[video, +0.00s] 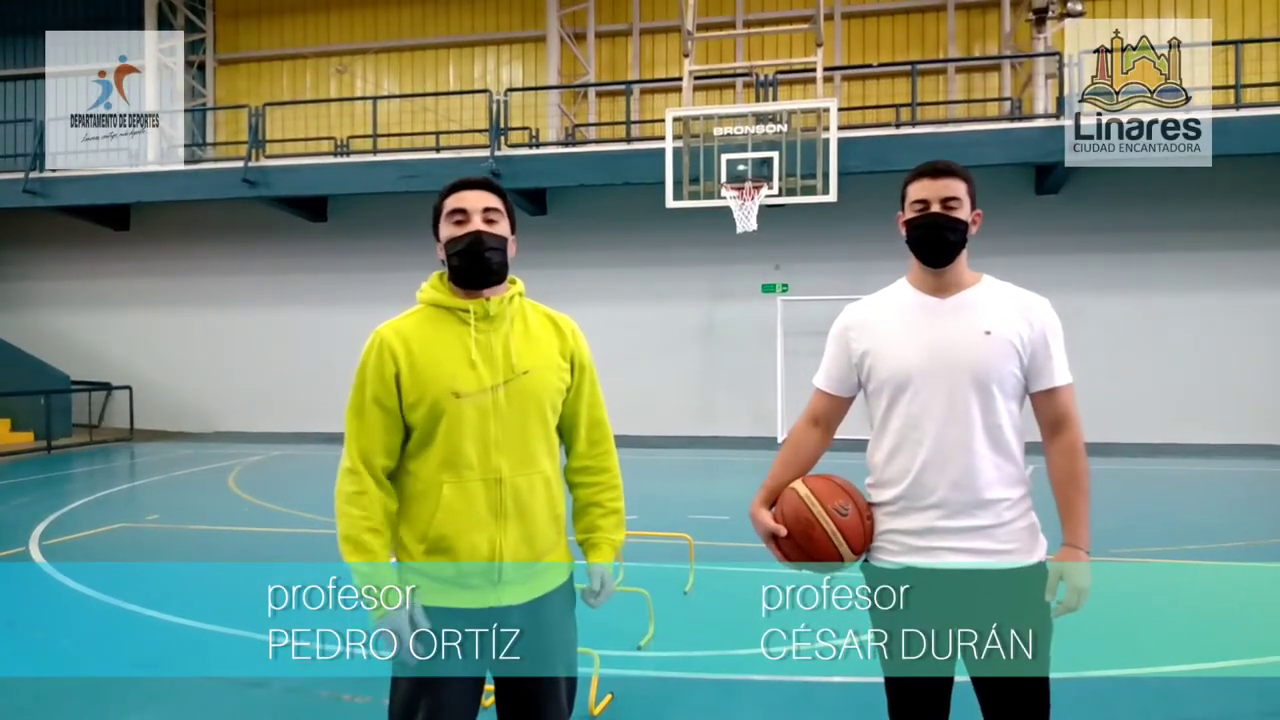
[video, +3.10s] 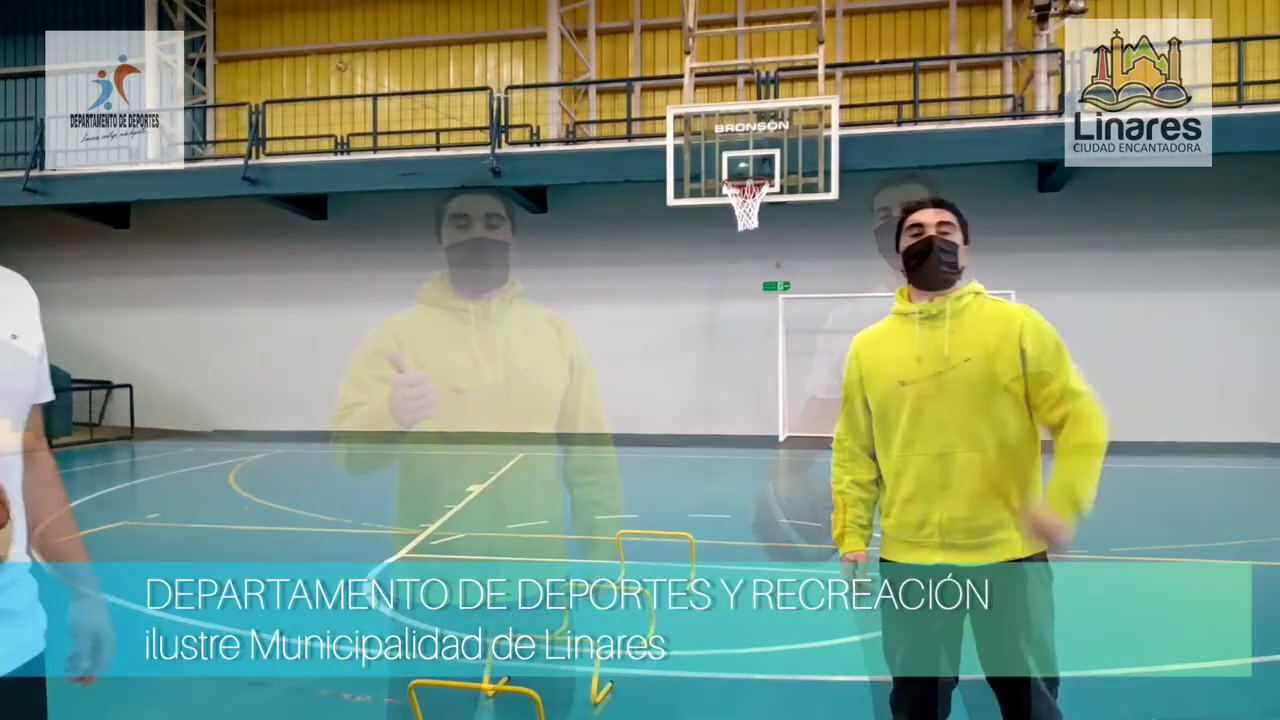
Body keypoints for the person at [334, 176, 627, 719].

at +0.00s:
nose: (477, 227)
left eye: (492, 217)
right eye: (459, 218)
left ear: (513, 241)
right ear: (440, 244)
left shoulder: (558, 336)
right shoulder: (396, 344)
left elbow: (593, 454)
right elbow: (363, 474)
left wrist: (601, 550)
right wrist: (380, 589)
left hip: (541, 592)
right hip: (436, 596)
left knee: (548, 712)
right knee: (430, 715)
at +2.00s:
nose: (464, 234)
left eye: (479, 222)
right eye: (446, 224)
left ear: (500, 243)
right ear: (426, 248)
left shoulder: (549, 334)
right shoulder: (386, 352)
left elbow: (587, 445)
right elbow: (358, 480)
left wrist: (597, 537)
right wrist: (360, 597)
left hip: (538, 592)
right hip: (435, 598)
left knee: (545, 711)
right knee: (430, 714)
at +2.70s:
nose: (471, 234)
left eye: (487, 223)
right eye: (454, 224)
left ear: (507, 243)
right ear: (434, 246)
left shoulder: (551, 335)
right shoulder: (390, 343)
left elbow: (585, 452)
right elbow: (350, 461)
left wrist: (595, 552)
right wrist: (370, 519)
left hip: (536, 588)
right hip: (434, 592)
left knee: (542, 712)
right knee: (428, 714)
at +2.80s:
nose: (472, 234)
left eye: (487, 223)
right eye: (454, 223)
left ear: (507, 242)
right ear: (435, 244)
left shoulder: (553, 335)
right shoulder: (391, 341)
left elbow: (587, 453)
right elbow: (345, 471)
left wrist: (598, 556)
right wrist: (372, 446)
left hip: (537, 587)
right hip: (434, 590)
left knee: (542, 712)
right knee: (427, 713)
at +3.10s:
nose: (477, 234)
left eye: (492, 222)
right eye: (461, 223)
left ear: (513, 238)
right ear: (441, 240)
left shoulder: (554, 336)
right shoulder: (398, 337)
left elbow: (592, 463)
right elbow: (350, 452)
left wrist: (605, 569)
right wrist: (389, 418)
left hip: (537, 572)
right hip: (432, 572)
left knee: (539, 706)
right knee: (436, 706)